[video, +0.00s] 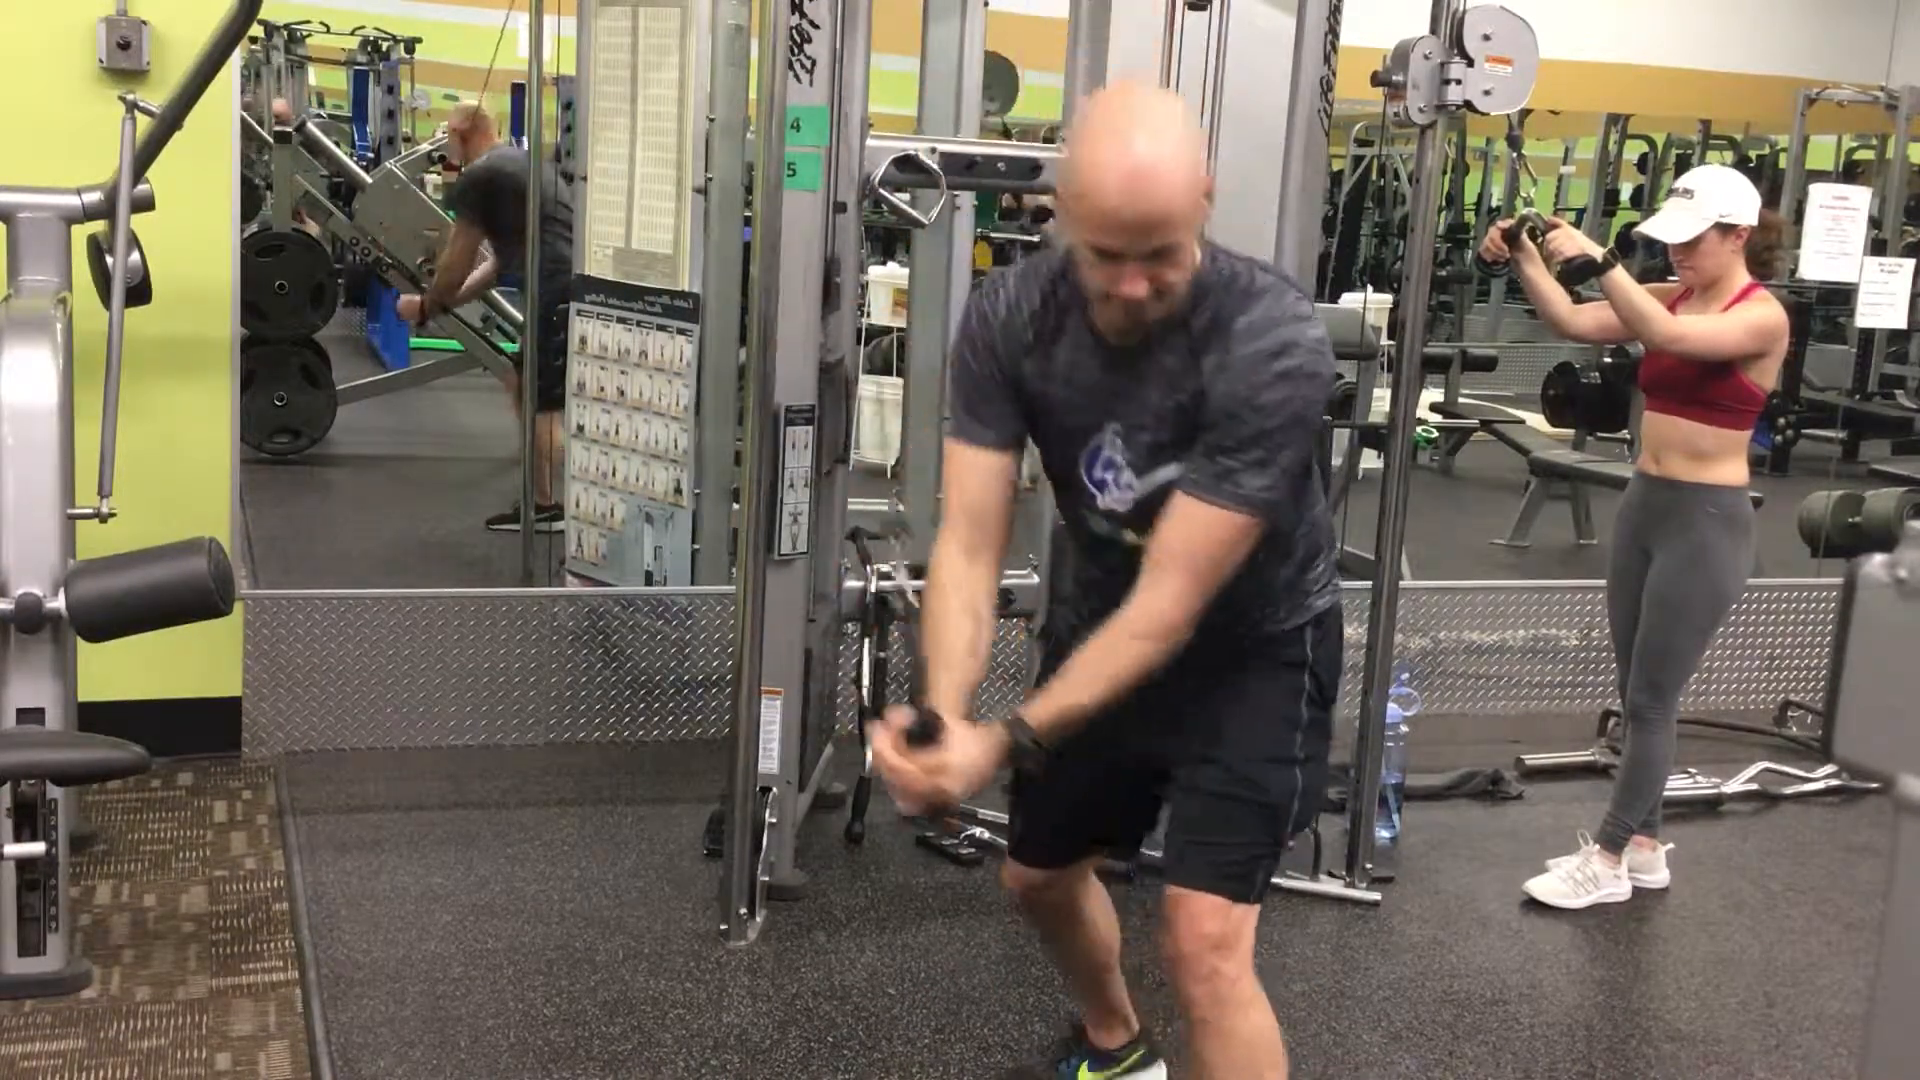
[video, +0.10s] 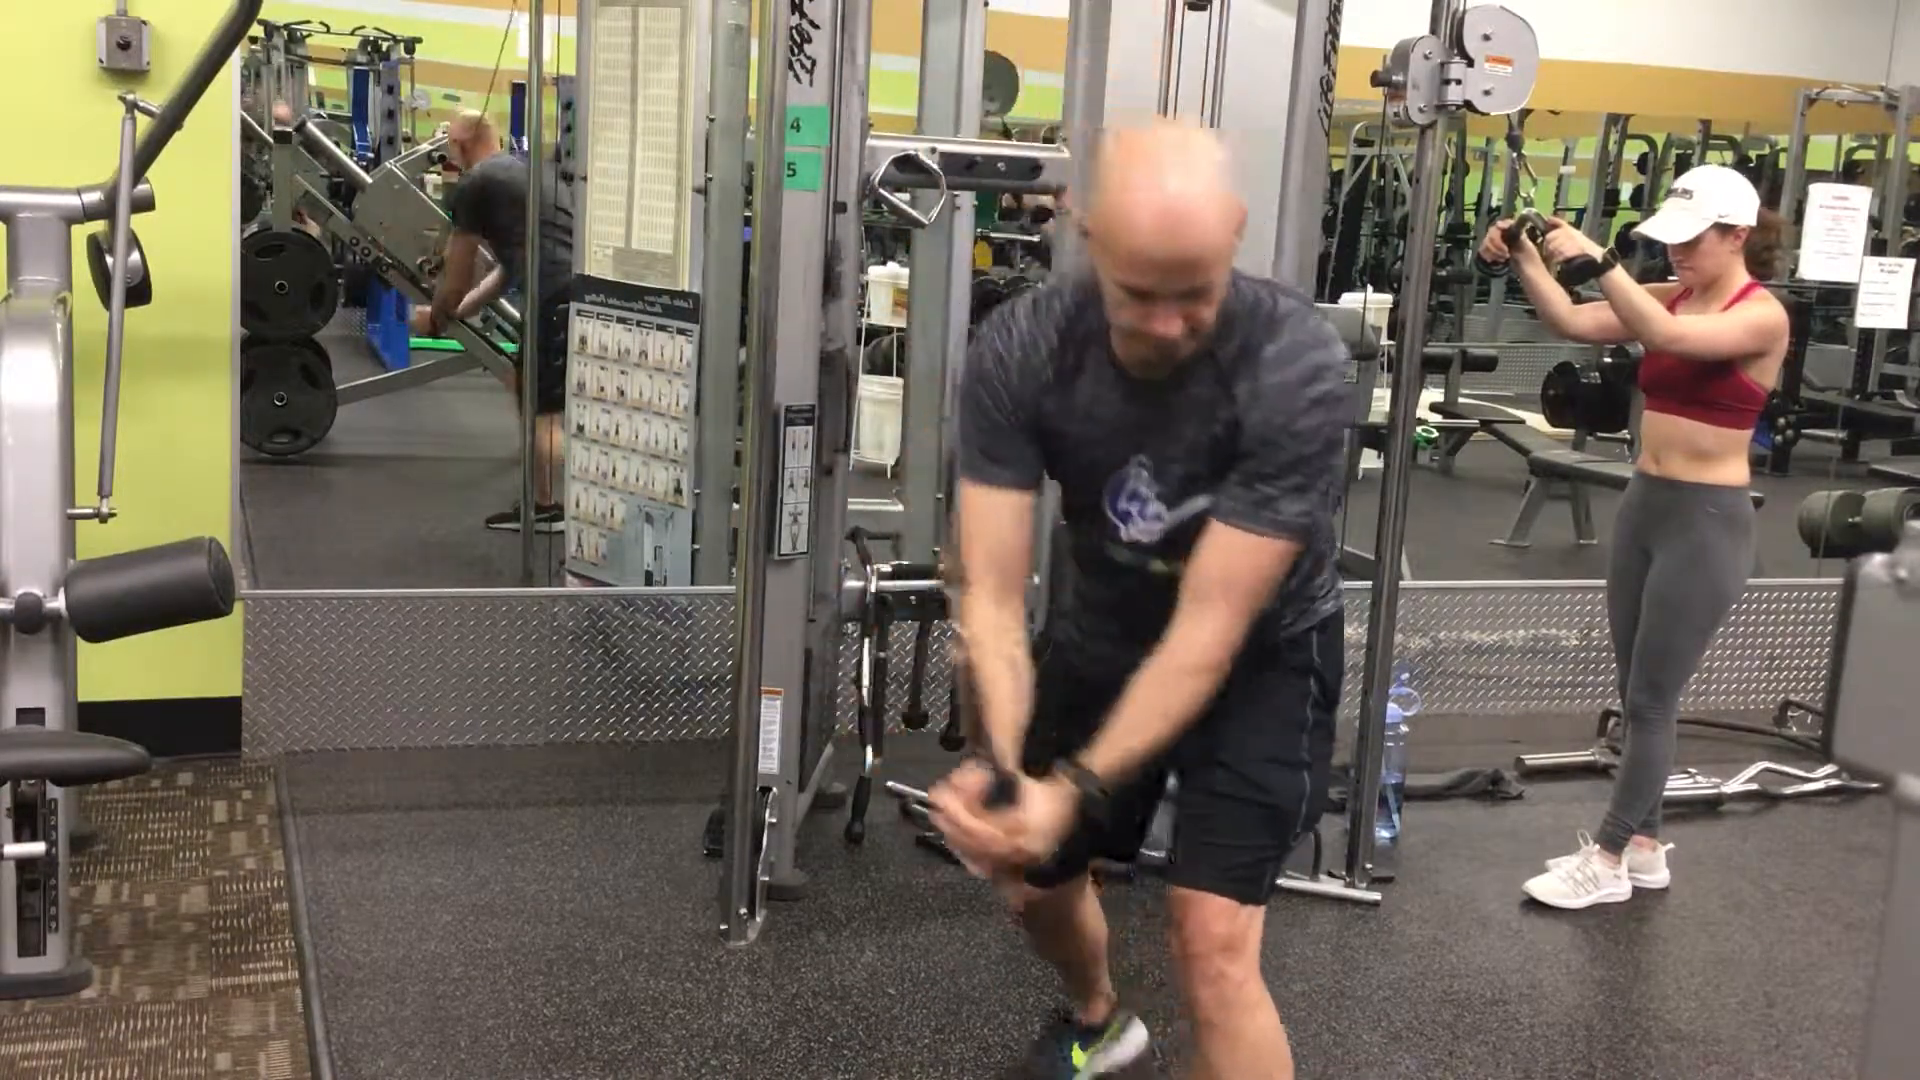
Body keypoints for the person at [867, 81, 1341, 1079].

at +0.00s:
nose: (1131, 286)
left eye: (1161, 256)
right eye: (1103, 256)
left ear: (1204, 211)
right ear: (1061, 212)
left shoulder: (1273, 339)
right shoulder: (1007, 314)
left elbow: (1165, 606)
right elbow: (967, 545)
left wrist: (1007, 735)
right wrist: (946, 712)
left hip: (1256, 638)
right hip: (1100, 618)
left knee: (1204, 936)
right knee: (1043, 880)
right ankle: (1117, 1042)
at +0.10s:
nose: (1166, 326)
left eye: (1195, 296)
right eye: (1136, 296)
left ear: (1235, 245)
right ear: (1086, 238)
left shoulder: (1297, 368)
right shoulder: (1017, 350)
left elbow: (1212, 619)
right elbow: (992, 587)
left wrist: (1076, 790)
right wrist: (1003, 758)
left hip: (1258, 640)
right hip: (1100, 623)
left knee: (1212, 947)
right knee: (1036, 868)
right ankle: (1096, 1019)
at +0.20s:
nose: (1204, 367)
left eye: (1232, 335)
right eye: (1174, 336)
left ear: (1269, 279)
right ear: (1117, 273)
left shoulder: (1321, 395)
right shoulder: (1038, 384)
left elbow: (1254, 648)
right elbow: (1038, 645)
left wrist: (1157, 835)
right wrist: (1065, 824)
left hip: (1252, 656)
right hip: (1101, 652)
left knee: (1224, 939)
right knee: (1036, 901)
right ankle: (1050, 1003)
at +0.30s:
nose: (1237, 415)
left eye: (1261, 384)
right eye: (1206, 386)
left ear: (1295, 336)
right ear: (1144, 318)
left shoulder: (1343, 434)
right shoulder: (1057, 436)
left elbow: (1297, 679)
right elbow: (1079, 703)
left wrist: (1233, 889)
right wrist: (1139, 885)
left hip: (1236, 690)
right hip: (1097, 686)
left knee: (1240, 962)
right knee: (1049, 924)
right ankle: (1028, 993)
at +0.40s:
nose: (1259, 471)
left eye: (1284, 439)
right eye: (1228, 443)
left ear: (1315, 386)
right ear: (1162, 371)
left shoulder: (1356, 473)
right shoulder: (1073, 475)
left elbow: (1322, 719)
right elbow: (1109, 756)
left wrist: (1291, 934)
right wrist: (1203, 942)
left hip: (1243, 719)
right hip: (1088, 706)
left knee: (1246, 946)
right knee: (1050, 941)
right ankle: (1032, 1002)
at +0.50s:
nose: (1270, 521)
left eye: (1296, 493)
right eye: (1241, 493)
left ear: (1325, 441)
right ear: (1176, 424)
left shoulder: (1359, 507)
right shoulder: (1082, 517)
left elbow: (1345, 753)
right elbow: (1134, 804)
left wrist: (1335, 982)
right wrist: (1255, 1006)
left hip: (1238, 718)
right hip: (1079, 716)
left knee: (1236, 950)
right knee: (1053, 959)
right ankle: (1031, 1006)